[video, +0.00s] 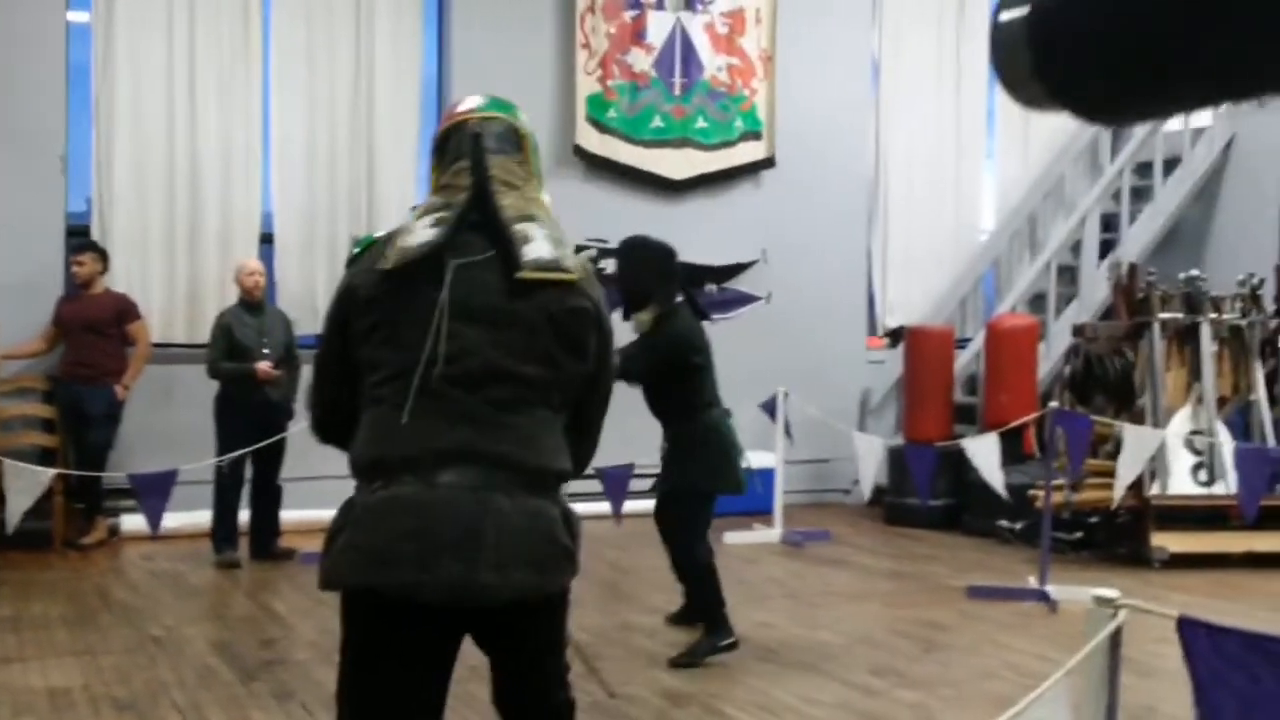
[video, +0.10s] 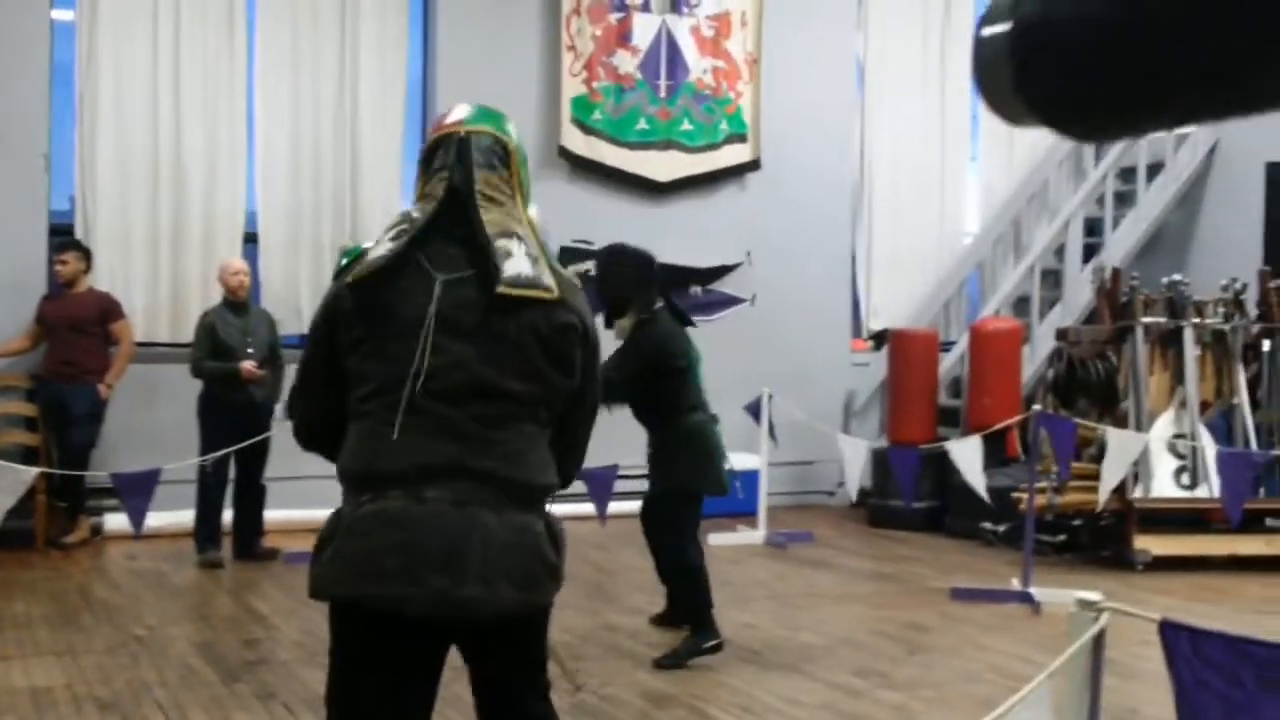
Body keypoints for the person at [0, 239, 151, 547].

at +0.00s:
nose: (75, 269)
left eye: (82, 263)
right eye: (73, 264)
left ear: (101, 266)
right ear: (72, 268)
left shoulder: (119, 303)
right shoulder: (67, 304)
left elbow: (144, 344)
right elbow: (45, 343)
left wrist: (126, 384)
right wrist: (5, 354)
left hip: (104, 389)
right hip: (69, 387)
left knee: (93, 454)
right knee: (77, 455)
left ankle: (97, 521)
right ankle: (86, 520)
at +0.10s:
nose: (58, 267)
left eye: (65, 262)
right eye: (56, 263)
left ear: (84, 265)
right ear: (54, 266)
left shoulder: (103, 302)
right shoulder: (50, 302)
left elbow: (127, 342)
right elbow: (31, 340)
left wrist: (108, 383)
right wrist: (2, 351)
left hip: (86, 388)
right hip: (51, 386)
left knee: (75, 453)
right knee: (58, 454)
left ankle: (79, 520)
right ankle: (67, 519)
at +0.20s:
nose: (40, 267)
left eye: (47, 262)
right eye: (38, 262)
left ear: (66, 264)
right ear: (37, 266)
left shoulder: (86, 302)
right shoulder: (31, 302)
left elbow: (110, 343)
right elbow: (14, 336)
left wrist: (91, 384)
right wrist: (1, 348)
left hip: (69, 387)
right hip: (33, 385)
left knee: (58, 453)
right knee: (40, 453)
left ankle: (60, 519)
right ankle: (52, 518)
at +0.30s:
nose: (20, 265)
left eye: (27, 259)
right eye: (17, 260)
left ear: (45, 263)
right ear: (15, 264)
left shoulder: (63, 300)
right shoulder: (10, 301)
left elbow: (88, 340)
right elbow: (8, 341)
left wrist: (69, 382)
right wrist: (7, 375)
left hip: (48, 385)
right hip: (13, 384)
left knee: (35, 452)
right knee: (21, 453)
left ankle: (40, 520)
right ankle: (29, 517)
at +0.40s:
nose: (2, 263)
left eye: (8, 258)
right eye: (1, 258)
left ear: (26, 260)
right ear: (3, 261)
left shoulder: (43, 298)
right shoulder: (6, 295)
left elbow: (70, 338)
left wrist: (50, 380)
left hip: (27, 384)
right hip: (7, 383)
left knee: (16, 455)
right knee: (9, 454)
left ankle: (18, 519)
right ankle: (19, 519)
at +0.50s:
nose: (0, 260)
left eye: (4, 255)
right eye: (0, 255)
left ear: (15, 260)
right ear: (5, 260)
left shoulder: (30, 297)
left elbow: (58, 338)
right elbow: (57, 337)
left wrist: (39, 379)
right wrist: (38, 378)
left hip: (17, 384)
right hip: (9, 384)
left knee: (7, 454)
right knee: (6, 455)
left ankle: (9, 519)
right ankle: (9, 519)